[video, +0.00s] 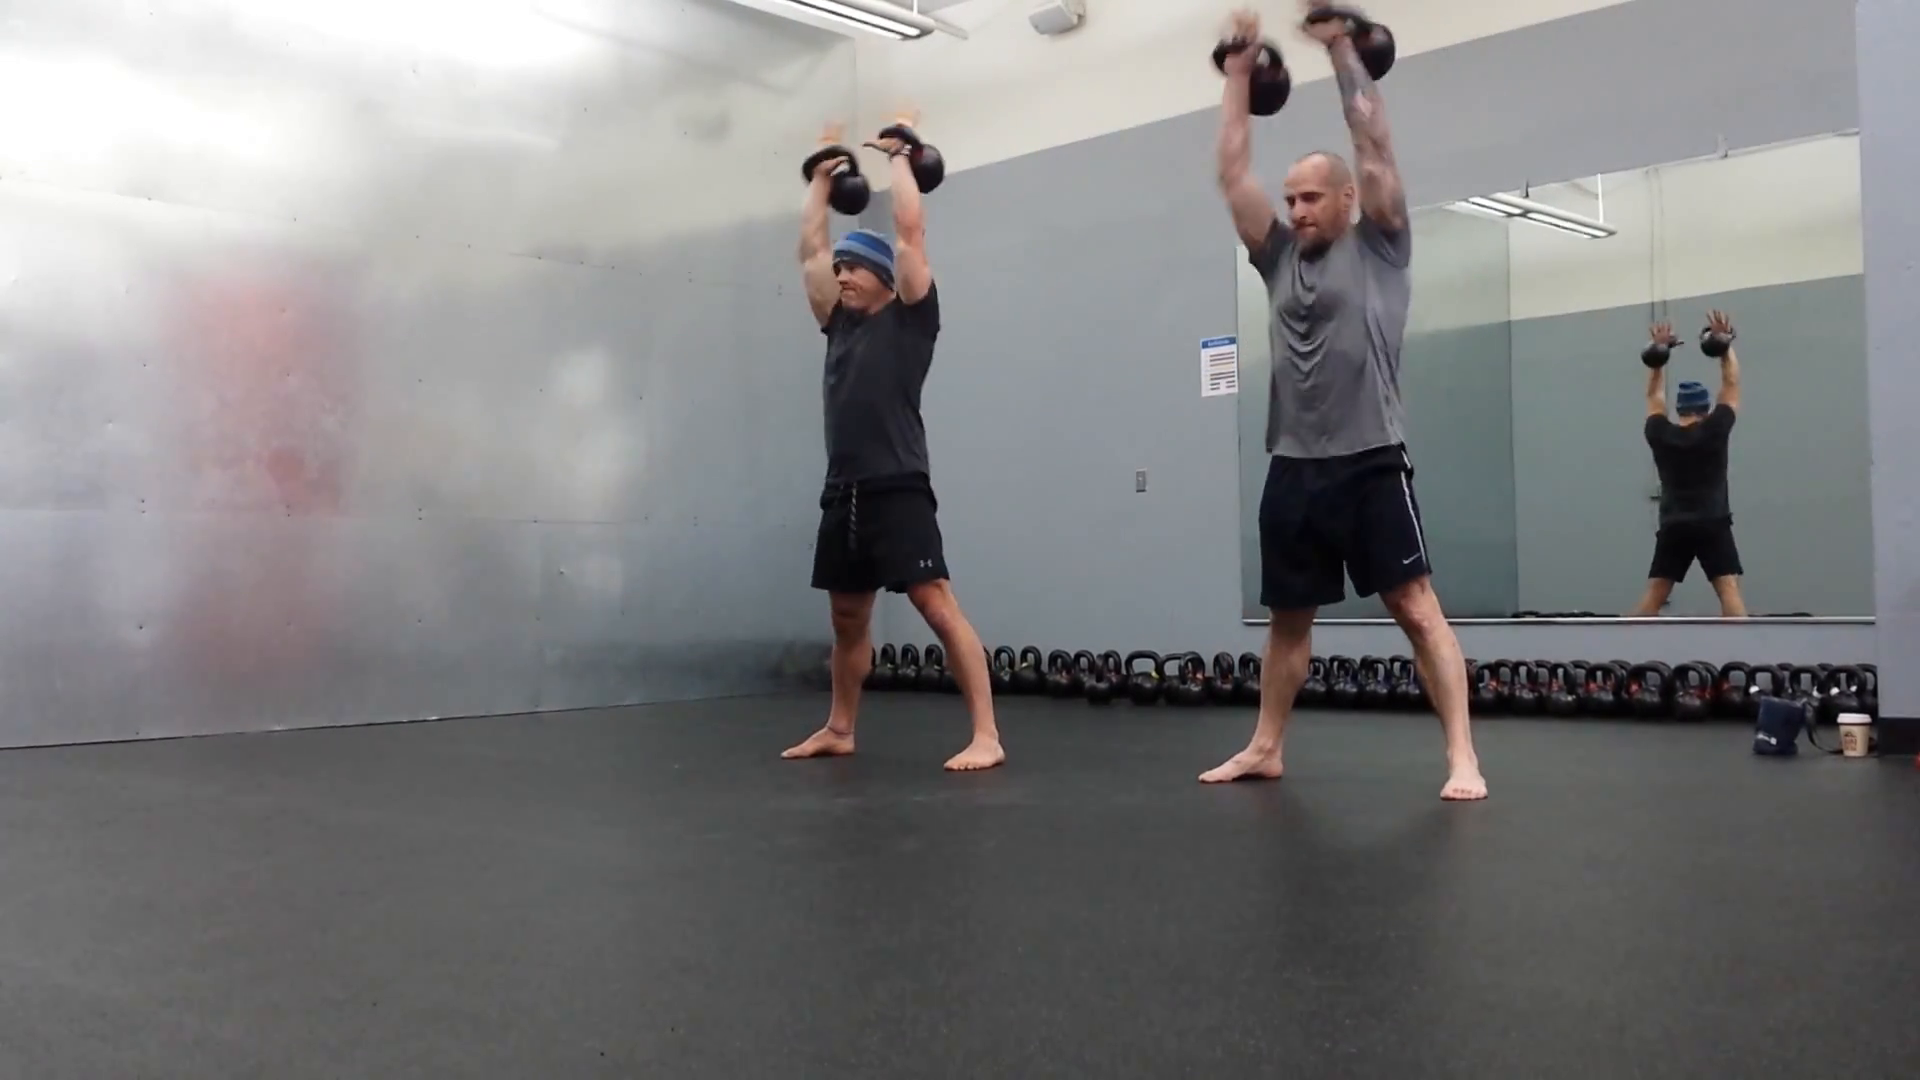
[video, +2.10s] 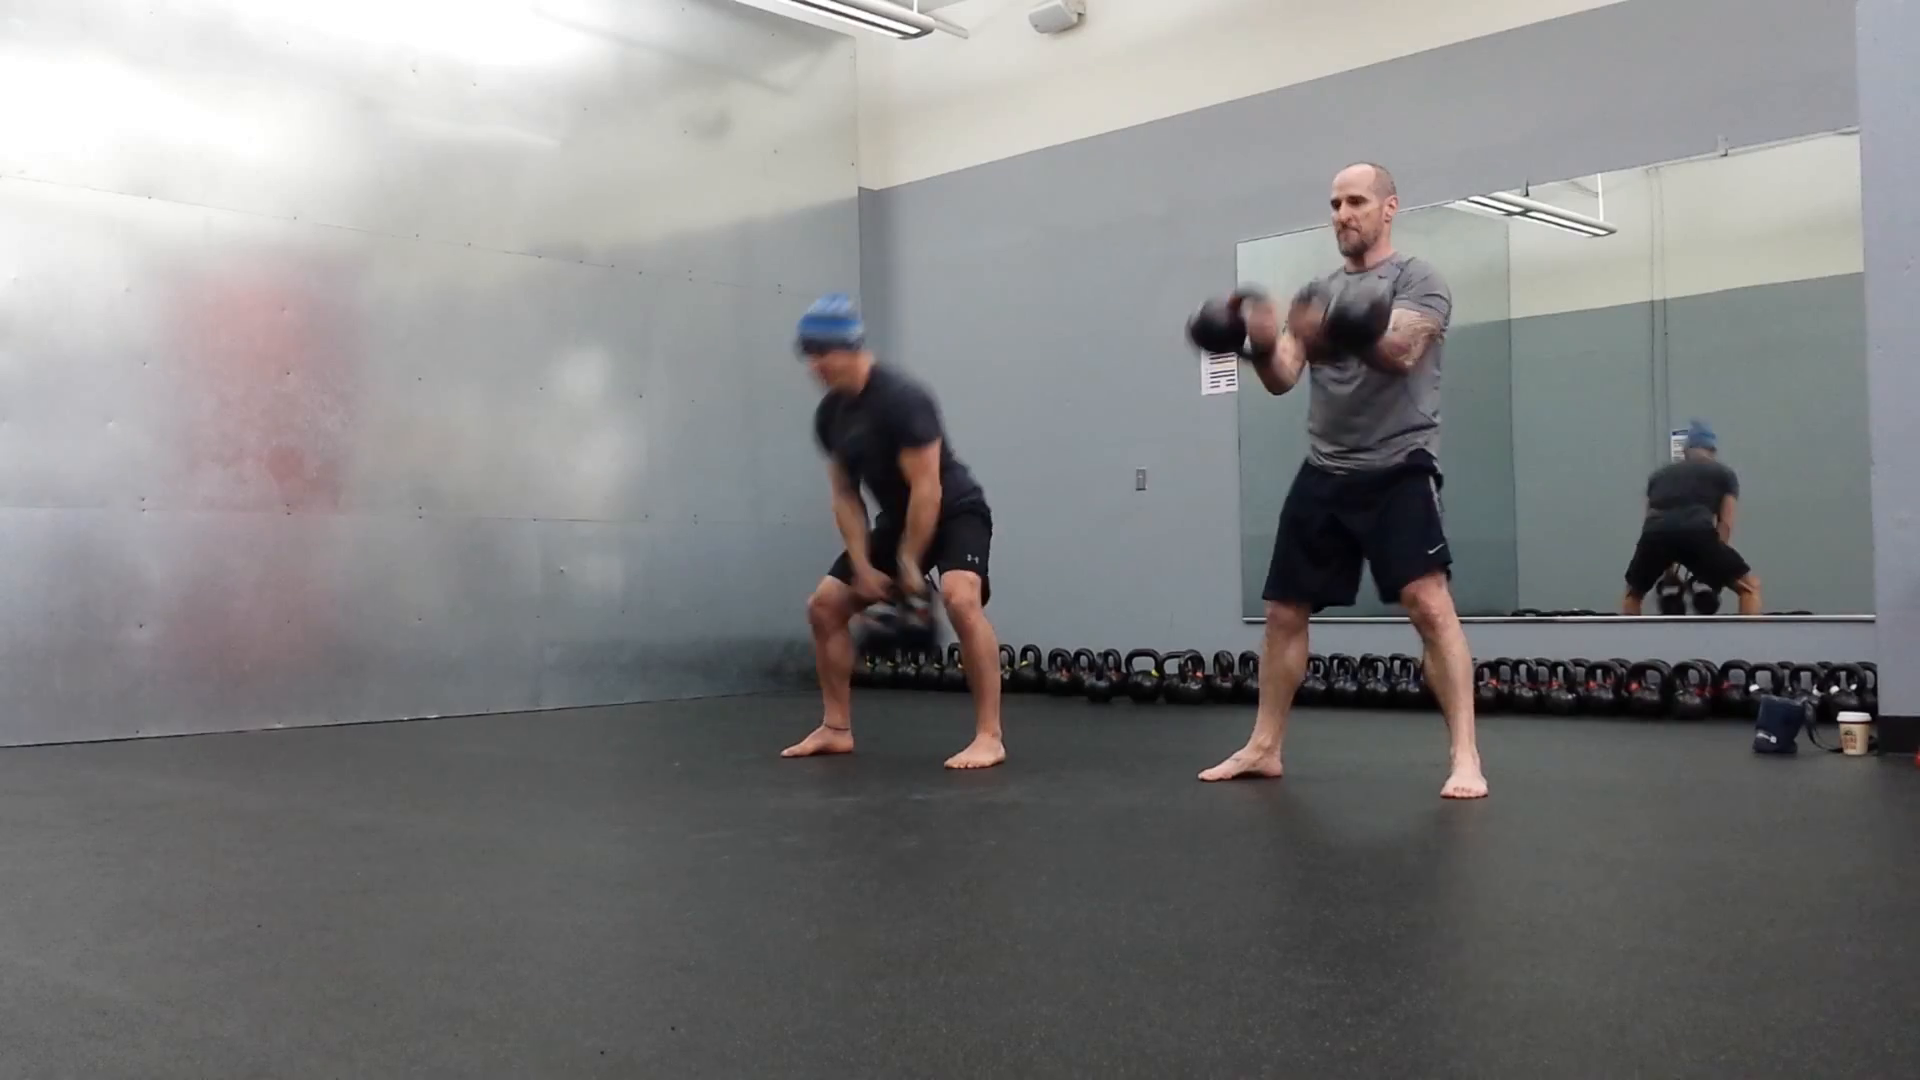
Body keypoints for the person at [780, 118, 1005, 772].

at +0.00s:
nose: (844, 278)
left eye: (854, 269)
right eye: (842, 270)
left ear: (885, 275)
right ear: (841, 280)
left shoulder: (911, 318)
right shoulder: (840, 324)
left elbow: (910, 232)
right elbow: (812, 251)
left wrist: (901, 157)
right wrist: (821, 180)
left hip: (899, 486)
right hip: (843, 490)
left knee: (939, 609)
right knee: (848, 619)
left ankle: (986, 737)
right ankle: (840, 729)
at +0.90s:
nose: (889, 277)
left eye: (900, 268)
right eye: (884, 270)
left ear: (921, 278)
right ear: (878, 280)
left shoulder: (944, 336)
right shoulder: (867, 340)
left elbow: (927, 321)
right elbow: (800, 339)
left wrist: (917, 259)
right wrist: (819, 275)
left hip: (912, 489)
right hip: (856, 491)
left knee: (943, 607)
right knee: (852, 618)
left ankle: (986, 736)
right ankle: (839, 728)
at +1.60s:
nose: (868, 279)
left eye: (878, 270)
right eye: (866, 272)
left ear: (908, 277)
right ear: (869, 281)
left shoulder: (937, 331)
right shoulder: (863, 344)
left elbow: (912, 394)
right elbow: (829, 413)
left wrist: (878, 332)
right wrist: (810, 359)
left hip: (914, 491)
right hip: (859, 492)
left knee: (944, 605)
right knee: (850, 615)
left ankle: (987, 736)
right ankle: (839, 727)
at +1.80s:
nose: (887, 297)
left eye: (896, 286)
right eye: (881, 288)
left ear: (924, 285)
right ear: (878, 290)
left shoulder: (955, 337)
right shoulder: (877, 348)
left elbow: (940, 405)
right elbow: (842, 410)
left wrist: (885, 389)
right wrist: (801, 404)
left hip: (942, 492)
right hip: (891, 494)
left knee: (953, 598)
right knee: (854, 607)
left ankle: (987, 736)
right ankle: (838, 728)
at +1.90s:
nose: (875, 308)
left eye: (883, 298)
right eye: (870, 299)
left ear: (912, 294)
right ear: (871, 301)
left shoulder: (954, 345)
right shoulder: (875, 358)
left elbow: (945, 420)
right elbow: (843, 420)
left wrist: (883, 441)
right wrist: (805, 452)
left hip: (955, 494)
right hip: (904, 499)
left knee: (957, 598)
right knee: (852, 606)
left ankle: (987, 737)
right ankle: (838, 727)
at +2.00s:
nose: (850, 331)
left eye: (858, 319)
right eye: (845, 321)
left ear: (889, 316)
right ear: (846, 324)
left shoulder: (931, 364)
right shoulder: (857, 383)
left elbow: (934, 451)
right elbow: (846, 457)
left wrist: (888, 508)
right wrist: (826, 519)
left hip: (960, 501)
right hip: (908, 511)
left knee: (961, 597)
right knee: (841, 606)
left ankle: (989, 736)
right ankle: (837, 727)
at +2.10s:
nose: (814, 365)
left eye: (822, 352)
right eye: (809, 355)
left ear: (852, 347)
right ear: (813, 358)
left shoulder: (905, 399)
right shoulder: (831, 414)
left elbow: (927, 489)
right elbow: (845, 494)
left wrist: (909, 559)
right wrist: (861, 563)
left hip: (955, 510)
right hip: (898, 517)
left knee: (960, 598)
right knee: (825, 608)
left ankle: (989, 736)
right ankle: (836, 727)